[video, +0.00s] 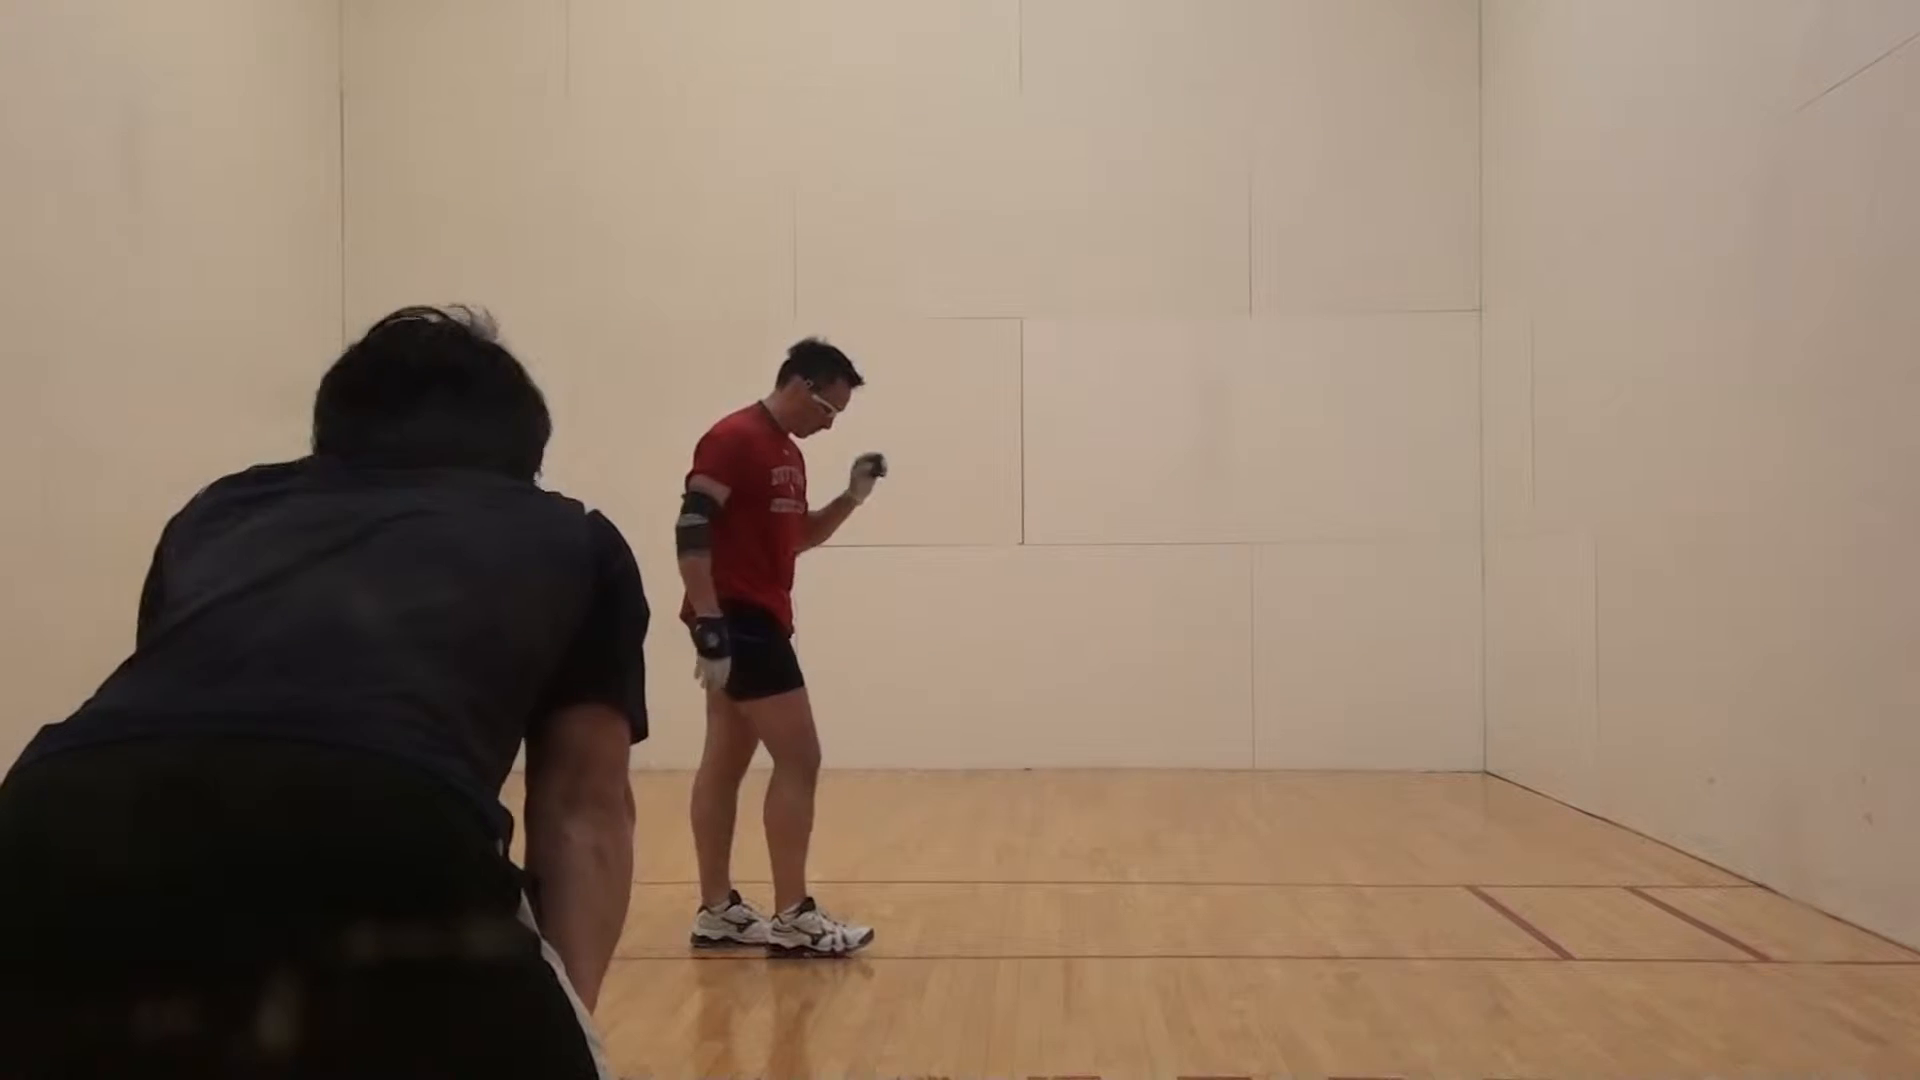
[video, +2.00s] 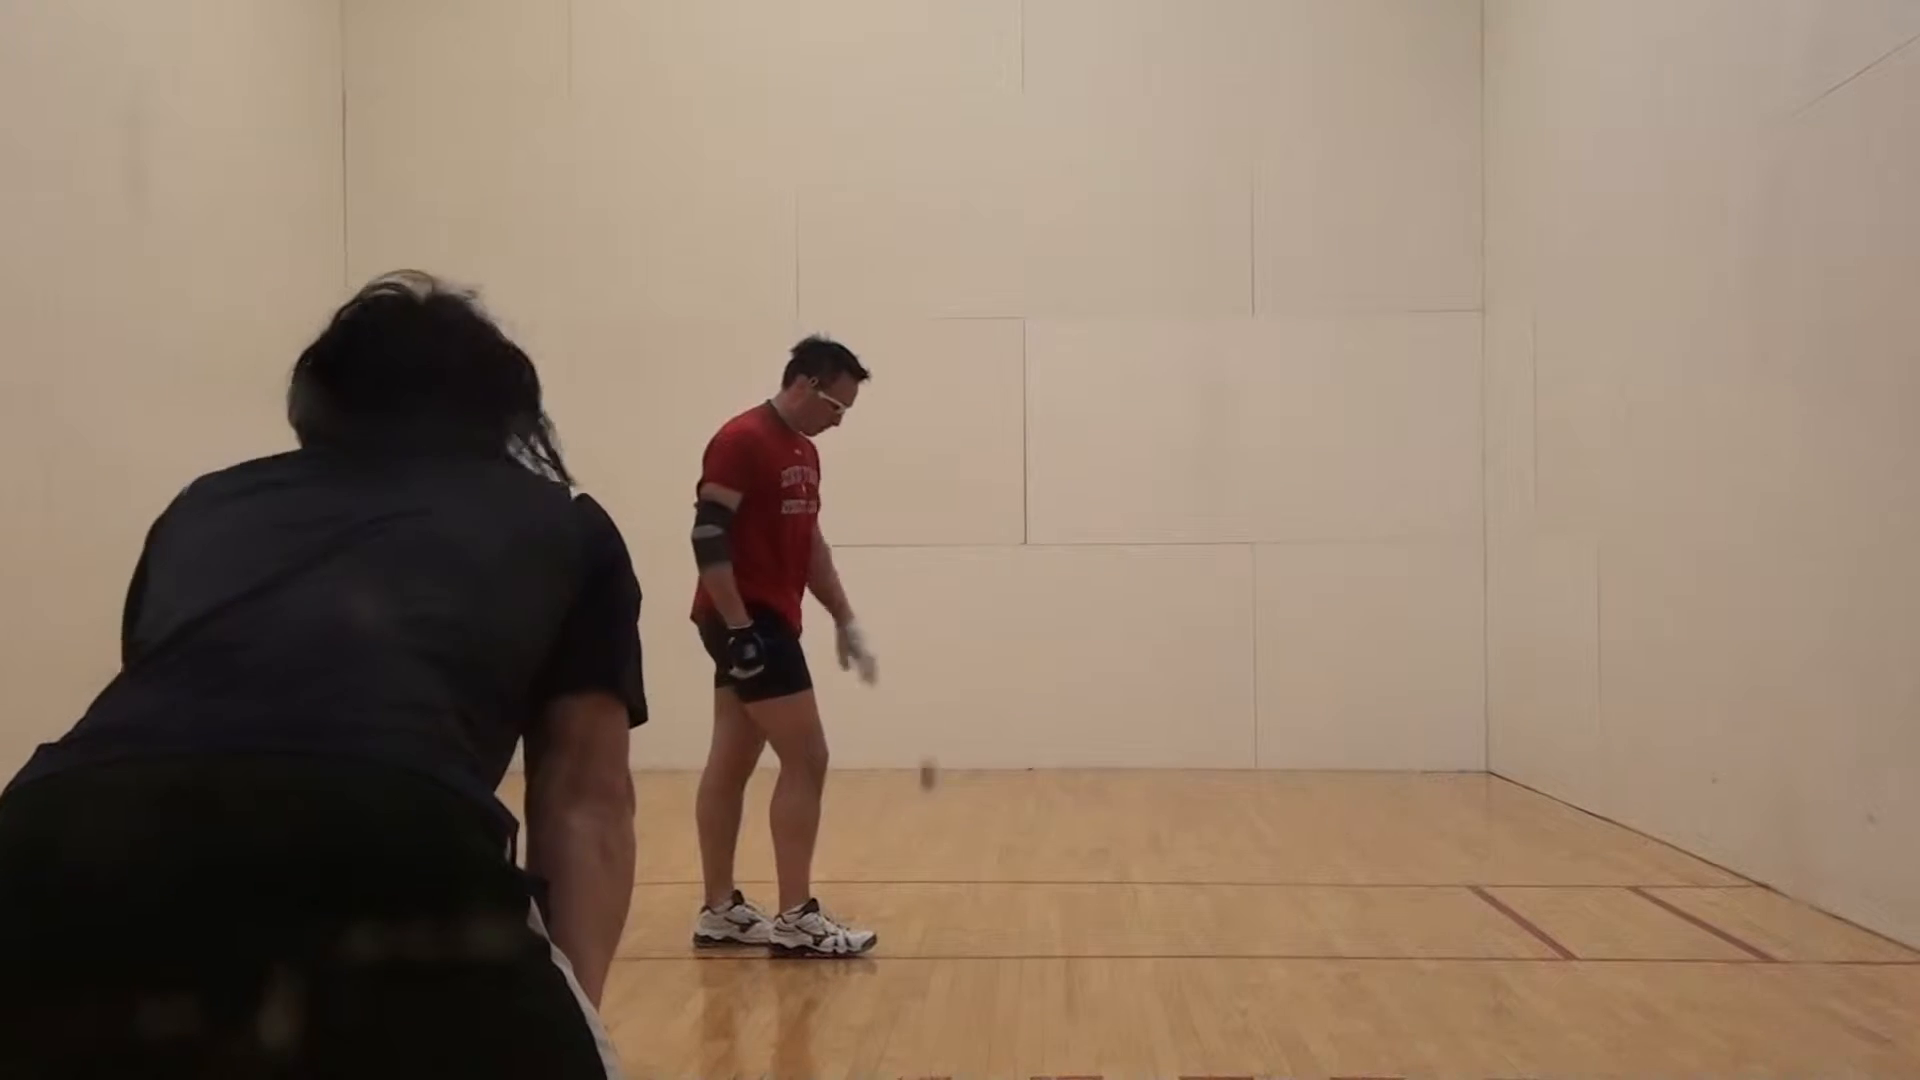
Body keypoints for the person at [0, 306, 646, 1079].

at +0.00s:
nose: (545, 480)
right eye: (535, 462)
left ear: (332, 439)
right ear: (517, 453)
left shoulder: (216, 506)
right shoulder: (573, 538)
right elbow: (584, 803)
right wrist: (560, 1026)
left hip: (66, 834)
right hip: (387, 849)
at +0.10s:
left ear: (315, 437)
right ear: (505, 445)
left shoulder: (203, 503)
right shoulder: (569, 539)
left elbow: (157, 715)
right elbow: (582, 806)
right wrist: (563, 1021)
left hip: (72, 834)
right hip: (393, 845)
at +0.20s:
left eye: (279, 425)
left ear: (302, 434)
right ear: (491, 446)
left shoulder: (194, 495)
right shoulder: (562, 538)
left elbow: (144, 709)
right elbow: (578, 808)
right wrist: (563, 1019)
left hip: (82, 833)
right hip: (401, 845)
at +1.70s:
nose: (254, 434)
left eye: (266, 416)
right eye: (258, 416)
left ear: (309, 412)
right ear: (465, 429)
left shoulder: (192, 470)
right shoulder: (563, 526)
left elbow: (128, 707)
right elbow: (582, 803)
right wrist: (568, 1023)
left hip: (75, 855)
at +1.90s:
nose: (534, 464)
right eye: (528, 446)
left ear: (306, 415)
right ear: (503, 431)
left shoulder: (190, 492)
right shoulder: (562, 524)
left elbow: (140, 709)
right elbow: (583, 795)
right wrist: (568, 1015)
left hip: (70, 851)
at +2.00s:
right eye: (513, 420)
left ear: (321, 413)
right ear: (496, 417)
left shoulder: (201, 502)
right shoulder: (564, 525)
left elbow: (148, 712)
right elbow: (586, 796)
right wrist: (565, 1018)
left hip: (63, 852)